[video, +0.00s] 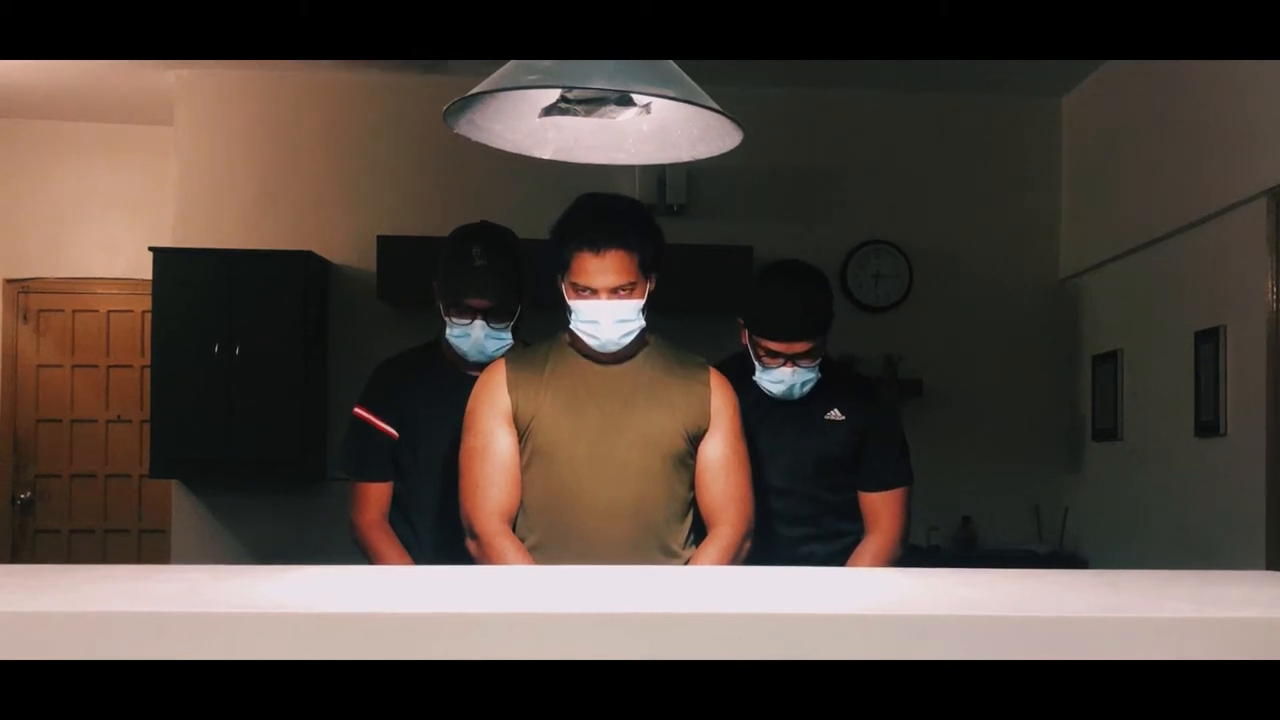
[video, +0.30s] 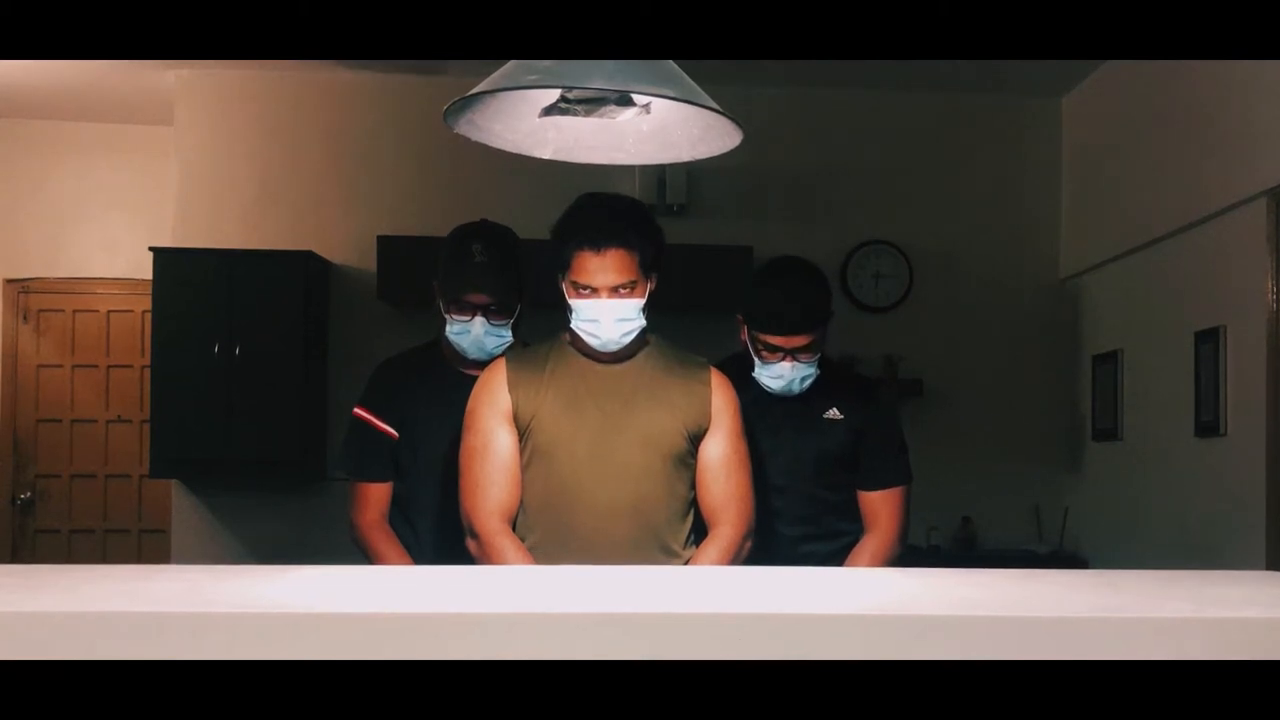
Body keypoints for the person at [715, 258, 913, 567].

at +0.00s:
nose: (788, 372)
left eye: (805, 357)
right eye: (771, 356)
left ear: (824, 340)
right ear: (745, 336)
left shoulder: (865, 404)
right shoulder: (716, 393)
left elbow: (884, 534)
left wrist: (835, 604)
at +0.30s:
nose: (787, 368)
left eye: (804, 351)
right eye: (770, 350)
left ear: (823, 334)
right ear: (744, 332)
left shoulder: (863, 403)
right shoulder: (714, 393)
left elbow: (884, 534)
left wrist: (832, 605)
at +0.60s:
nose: (786, 363)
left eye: (803, 346)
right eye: (768, 346)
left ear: (822, 331)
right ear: (742, 329)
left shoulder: (862, 402)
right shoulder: (714, 394)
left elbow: (883, 534)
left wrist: (829, 604)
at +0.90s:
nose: (786, 358)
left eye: (804, 341)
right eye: (769, 340)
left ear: (823, 328)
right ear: (743, 327)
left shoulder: (862, 402)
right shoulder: (714, 394)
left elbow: (883, 535)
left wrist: (830, 605)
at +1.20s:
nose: (787, 354)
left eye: (805, 336)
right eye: (769, 336)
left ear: (824, 325)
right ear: (743, 324)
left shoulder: (862, 402)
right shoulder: (714, 395)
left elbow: (884, 536)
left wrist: (830, 606)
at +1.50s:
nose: (790, 348)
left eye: (807, 332)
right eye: (772, 332)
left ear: (826, 323)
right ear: (745, 322)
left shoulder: (862, 400)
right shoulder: (716, 393)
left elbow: (885, 535)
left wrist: (832, 605)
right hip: (740, 591)